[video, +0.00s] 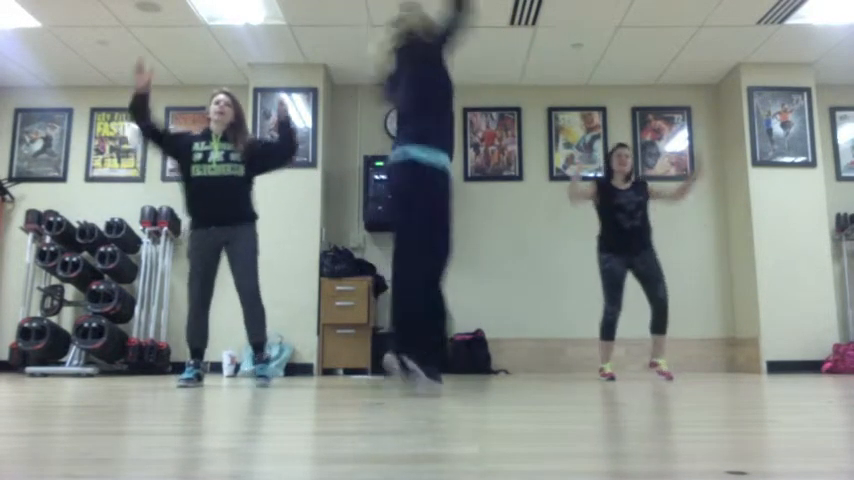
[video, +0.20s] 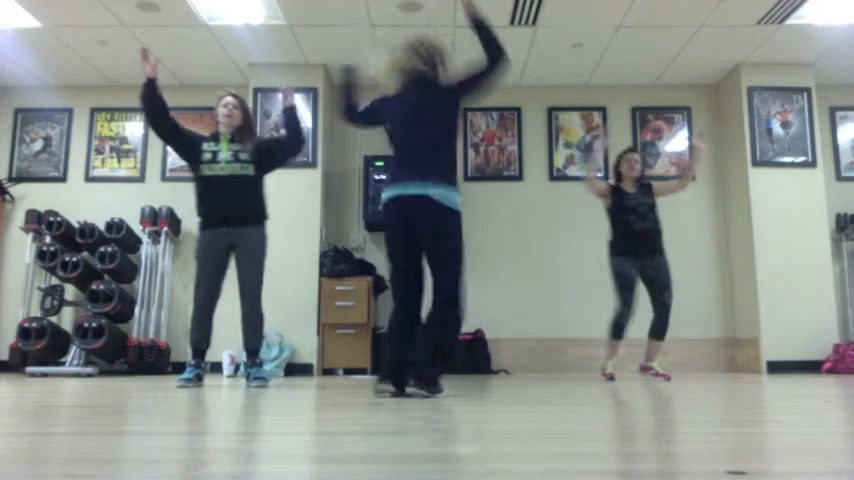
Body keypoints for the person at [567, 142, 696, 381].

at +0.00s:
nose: (624, 160)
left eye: (627, 156)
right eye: (619, 156)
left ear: (632, 161)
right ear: (610, 161)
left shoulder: (642, 187)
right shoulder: (600, 187)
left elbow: (675, 194)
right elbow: (575, 195)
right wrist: (575, 178)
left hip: (642, 252)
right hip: (612, 253)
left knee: (660, 302)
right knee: (612, 307)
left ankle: (657, 359)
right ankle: (605, 364)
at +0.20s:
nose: (634, 165)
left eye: (637, 162)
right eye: (629, 161)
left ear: (641, 167)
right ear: (619, 166)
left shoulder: (649, 188)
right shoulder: (611, 191)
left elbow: (681, 183)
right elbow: (592, 184)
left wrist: (696, 155)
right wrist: (596, 155)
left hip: (652, 255)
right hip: (624, 256)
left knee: (663, 306)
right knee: (625, 306)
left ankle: (650, 362)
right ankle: (609, 362)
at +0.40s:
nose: (642, 161)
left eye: (645, 156)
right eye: (637, 156)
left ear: (651, 160)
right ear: (628, 159)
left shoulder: (651, 178)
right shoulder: (626, 182)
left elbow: (662, 161)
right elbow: (632, 162)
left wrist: (656, 144)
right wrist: (629, 144)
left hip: (654, 242)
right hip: (635, 243)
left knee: (661, 293)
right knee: (658, 291)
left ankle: (650, 353)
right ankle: (647, 353)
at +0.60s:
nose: (664, 165)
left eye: (661, 158)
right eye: (660, 159)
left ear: (632, 160)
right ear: (652, 160)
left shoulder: (627, 182)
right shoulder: (654, 175)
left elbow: (638, 157)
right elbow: (679, 156)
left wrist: (643, 136)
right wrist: (665, 137)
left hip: (634, 247)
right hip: (658, 247)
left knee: (657, 303)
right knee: (670, 303)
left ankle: (650, 360)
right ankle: (661, 363)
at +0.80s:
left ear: (634, 148)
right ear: (662, 148)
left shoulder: (629, 166)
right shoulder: (669, 168)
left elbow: (609, 156)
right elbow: (677, 159)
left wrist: (603, 141)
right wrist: (669, 141)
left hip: (635, 235)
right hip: (666, 233)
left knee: (644, 296)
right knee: (665, 294)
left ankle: (652, 358)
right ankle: (668, 354)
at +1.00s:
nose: (631, 159)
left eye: (636, 155)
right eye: (633, 154)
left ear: (647, 159)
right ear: (656, 161)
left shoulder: (652, 183)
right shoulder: (646, 182)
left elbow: (640, 166)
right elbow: (633, 160)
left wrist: (624, 148)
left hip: (654, 247)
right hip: (650, 245)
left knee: (647, 305)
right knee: (647, 304)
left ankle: (674, 364)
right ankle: (673, 363)